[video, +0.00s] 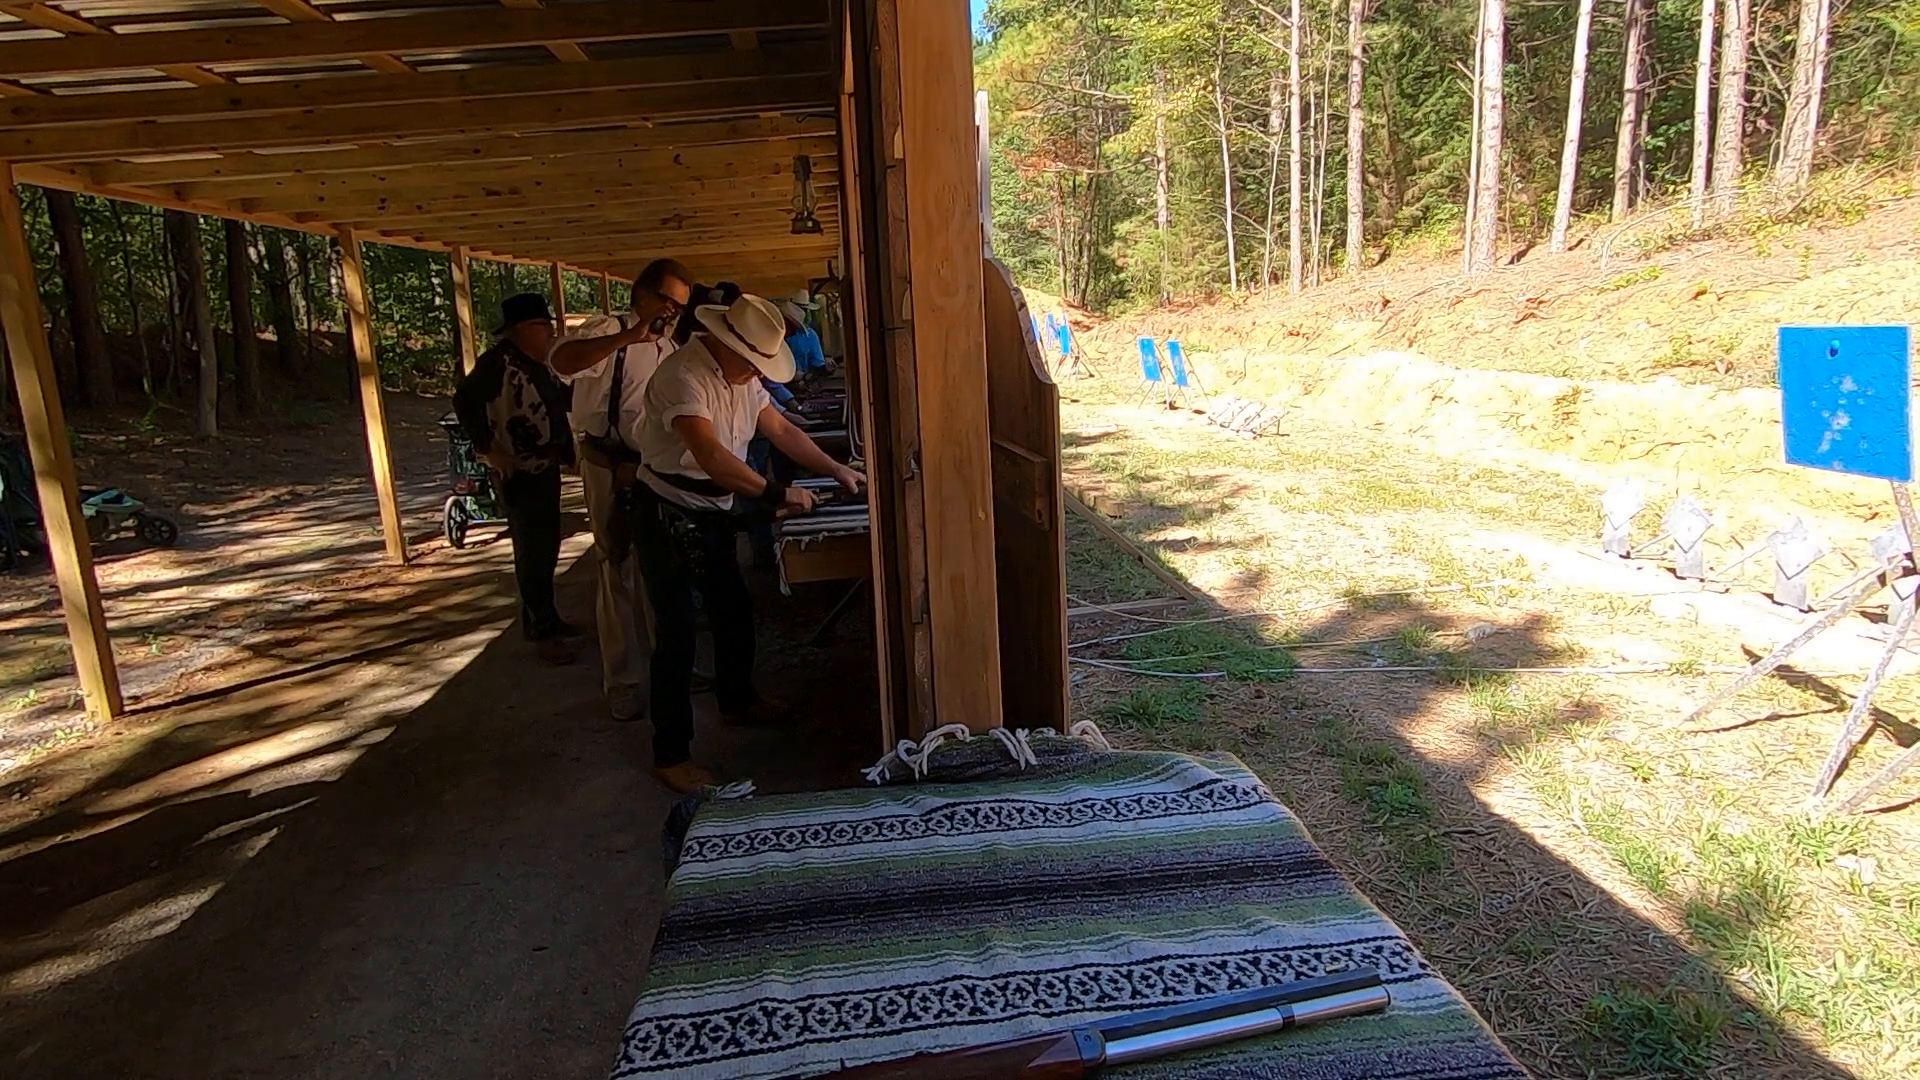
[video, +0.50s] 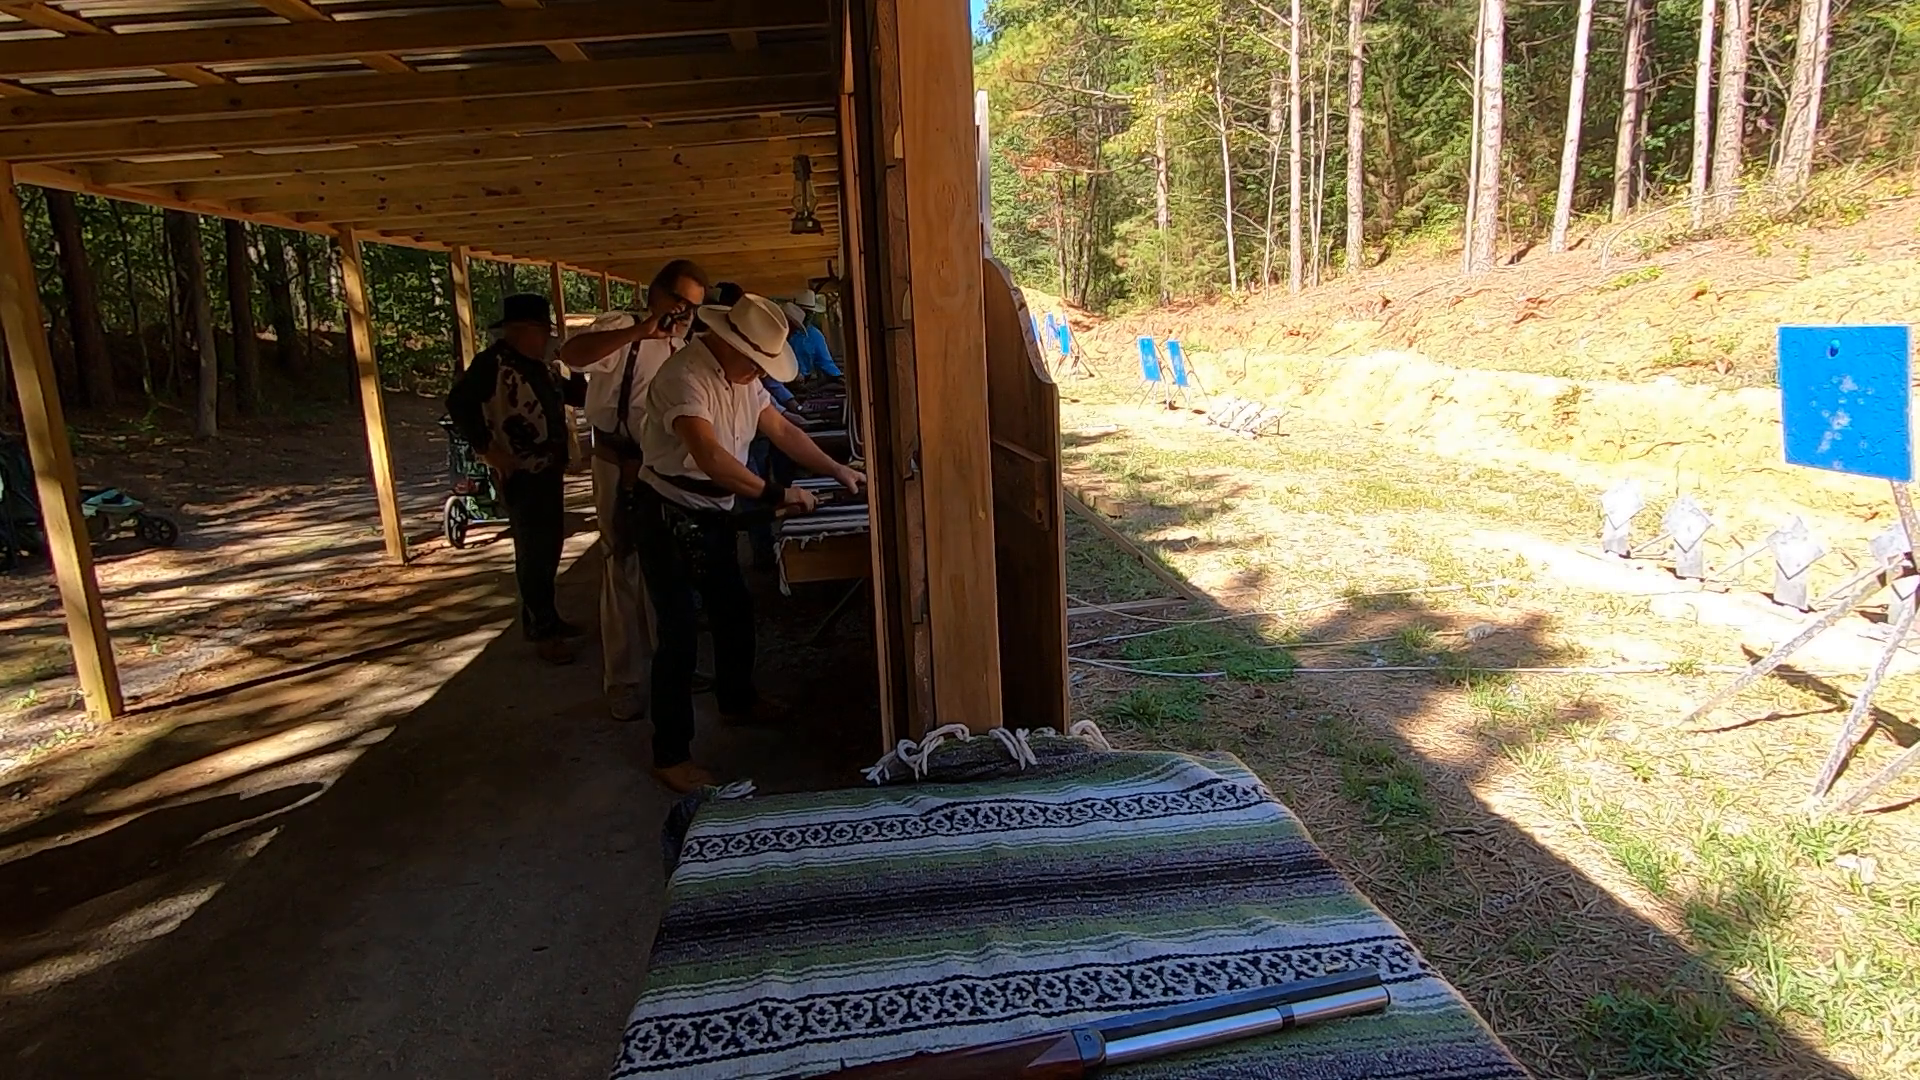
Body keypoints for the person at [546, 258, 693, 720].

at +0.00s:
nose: (671, 311)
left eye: (679, 305)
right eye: (664, 300)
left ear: (683, 308)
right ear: (640, 293)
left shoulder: (670, 348)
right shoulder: (609, 328)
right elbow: (560, 361)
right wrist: (625, 338)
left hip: (658, 464)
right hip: (607, 465)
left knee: (661, 569)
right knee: (617, 571)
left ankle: (669, 667)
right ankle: (623, 685)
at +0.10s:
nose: (674, 312)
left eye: (683, 306)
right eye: (667, 300)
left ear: (688, 310)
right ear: (644, 292)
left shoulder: (677, 347)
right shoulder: (612, 327)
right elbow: (563, 358)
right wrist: (628, 337)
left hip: (662, 462)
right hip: (609, 462)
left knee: (663, 568)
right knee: (617, 570)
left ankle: (672, 668)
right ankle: (623, 683)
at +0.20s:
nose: (676, 312)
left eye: (686, 306)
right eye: (670, 300)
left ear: (691, 310)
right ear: (647, 292)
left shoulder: (681, 346)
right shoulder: (616, 325)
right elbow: (566, 356)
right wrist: (630, 336)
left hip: (664, 464)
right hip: (612, 463)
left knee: (665, 568)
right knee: (619, 571)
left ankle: (671, 667)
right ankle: (623, 684)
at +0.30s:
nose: (679, 312)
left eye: (690, 306)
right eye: (672, 300)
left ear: (696, 310)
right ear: (650, 293)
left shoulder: (688, 348)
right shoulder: (618, 328)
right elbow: (567, 356)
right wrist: (634, 334)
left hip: (670, 465)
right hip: (616, 465)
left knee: (670, 571)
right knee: (621, 573)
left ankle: (676, 669)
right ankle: (624, 684)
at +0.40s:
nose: (681, 312)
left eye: (691, 306)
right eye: (674, 300)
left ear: (698, 310)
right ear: (652, 293)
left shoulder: (691, 350)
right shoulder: (621, 332)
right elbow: (569, 355)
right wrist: (635, 333)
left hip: (671, 465)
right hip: (617, 464)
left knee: (670, 572)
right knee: (622, 574)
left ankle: (675, 670)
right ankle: (624, 684)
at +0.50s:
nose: (683, 312)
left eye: (693, 306)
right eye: (676, 300)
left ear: (701, 309)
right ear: (655, 293)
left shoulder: (692, 349)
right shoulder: (623, 330)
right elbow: (571, 354)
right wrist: (637, 333)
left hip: (672, 464)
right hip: (617, 464)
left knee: (671, 570)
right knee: (623, 572)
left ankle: (676, 669)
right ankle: (624, 684)